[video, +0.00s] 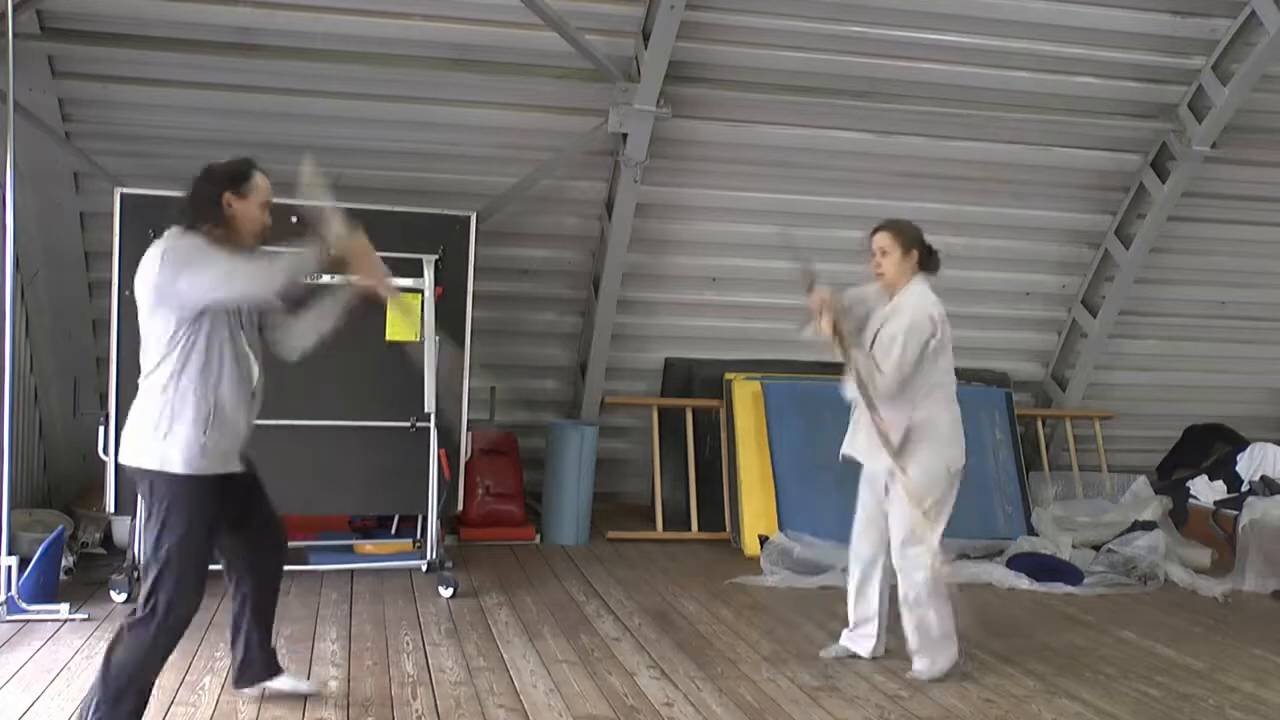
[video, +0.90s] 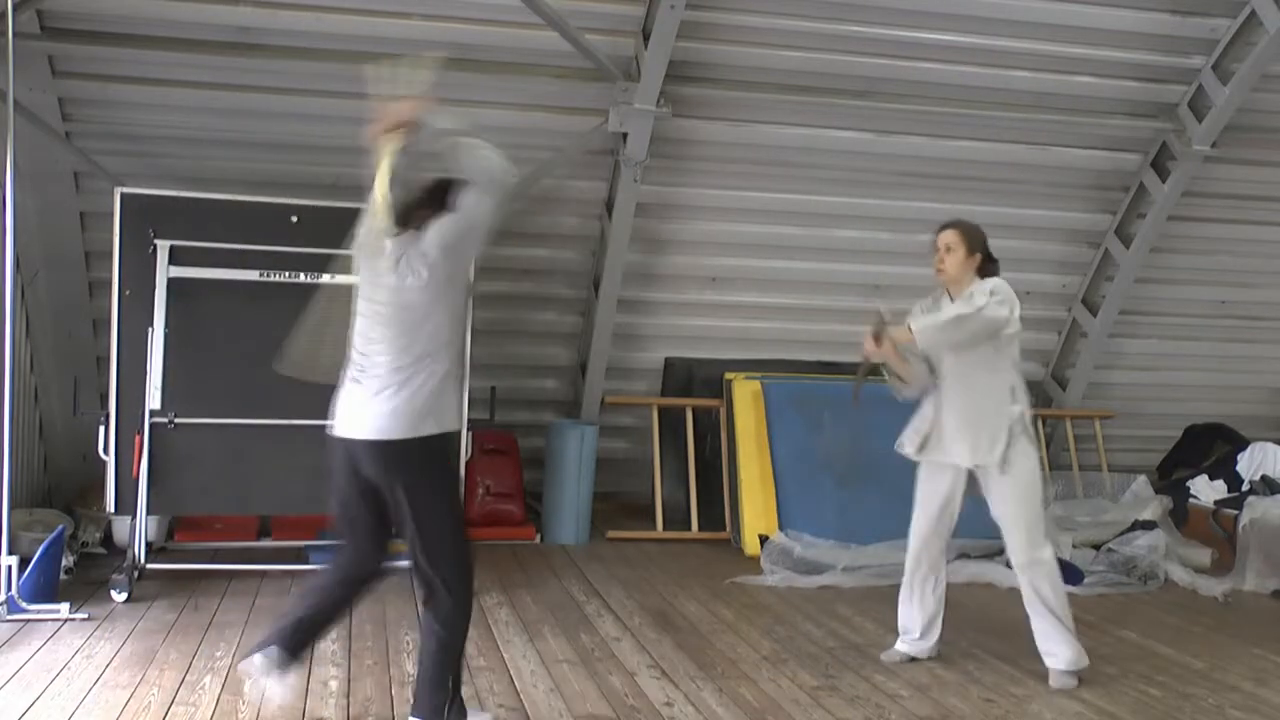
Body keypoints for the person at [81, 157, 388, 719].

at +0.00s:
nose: (270, 216)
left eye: (270, 206)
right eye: (264, 204)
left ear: (232, 205)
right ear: (229, 202)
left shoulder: (242, 272)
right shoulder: (171, 256)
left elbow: (290, 339)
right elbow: (256, 278)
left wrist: (350, 290)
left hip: (221, 455)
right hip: (170, 457)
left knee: (261, 547)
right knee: (170, 601)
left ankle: (255, 671)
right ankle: (104, 713)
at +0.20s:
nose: (266, 192)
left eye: (265, 179)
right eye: (258, 178)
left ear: (225, 183)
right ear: (225, 180)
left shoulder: (223, 252)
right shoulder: (192, 236)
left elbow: (286, 329)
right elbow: (274, 283)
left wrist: (368, 285)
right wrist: (369, 274)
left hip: (217, 439)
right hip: (173, 439)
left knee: (284, 523)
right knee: (149, 587)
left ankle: (241, 655)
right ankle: (100, 713)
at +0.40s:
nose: (281, 195)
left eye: (278, 183)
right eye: (272, 183)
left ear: (236, 191)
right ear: (243, 189)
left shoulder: (215, 252)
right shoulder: (242, 257)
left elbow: (293, 333)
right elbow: (303, 339)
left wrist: (381, 336)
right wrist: (383, 359)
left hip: (236, 456)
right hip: (217, 457)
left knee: (261, 582)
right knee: (188, 587)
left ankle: (218, 711)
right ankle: (102, 711)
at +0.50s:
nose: (300, 197)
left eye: (298, 186)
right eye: (292, 185)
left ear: (259, 188)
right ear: (262, 186)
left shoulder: (229, 246)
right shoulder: (253, 250)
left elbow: (315, 310)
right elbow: (331, 301)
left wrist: (384, 312)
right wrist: (419, 283)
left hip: (241, 439)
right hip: (248, 443)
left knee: (241, 577)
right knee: (265, 578)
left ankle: (218, 707)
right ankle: (145, 682)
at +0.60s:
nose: (338, 198)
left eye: (337, 189)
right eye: (331, 187)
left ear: (285, 189)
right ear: (306, 187)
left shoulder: (258, 234)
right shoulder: (296, 238)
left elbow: (338, 216)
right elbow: (392, 232)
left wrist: (383, 181)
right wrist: (423, 164)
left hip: (254, 433)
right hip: (296, 434)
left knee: (247, 573)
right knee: (364, 552)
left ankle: (214, 706)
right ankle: (265, 655)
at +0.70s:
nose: (377, 212)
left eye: (376, 200)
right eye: (372, 199)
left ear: (327, 190)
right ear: (351, 196)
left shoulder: (290, 230)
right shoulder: (342, 239)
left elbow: (338, 167)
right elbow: (417, 197)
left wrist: (378, 114)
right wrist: (412, 128)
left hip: (280, 431)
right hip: (327, 434)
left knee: (259, 574)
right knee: (407, 551)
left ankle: (216, 708)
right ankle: (357, 676)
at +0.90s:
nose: (463, 207)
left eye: (455, 193)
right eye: (458, 196)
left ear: (401, 200)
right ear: (443, 202)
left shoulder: (372, 245)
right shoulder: (444, 246)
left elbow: (384, 196)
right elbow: (495, 176)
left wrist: (390, 146)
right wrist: (429, 129)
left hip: (351, 432)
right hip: (411, 437)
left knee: (361, 557)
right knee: (447, 582)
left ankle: (277, 654)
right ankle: (436, 708)